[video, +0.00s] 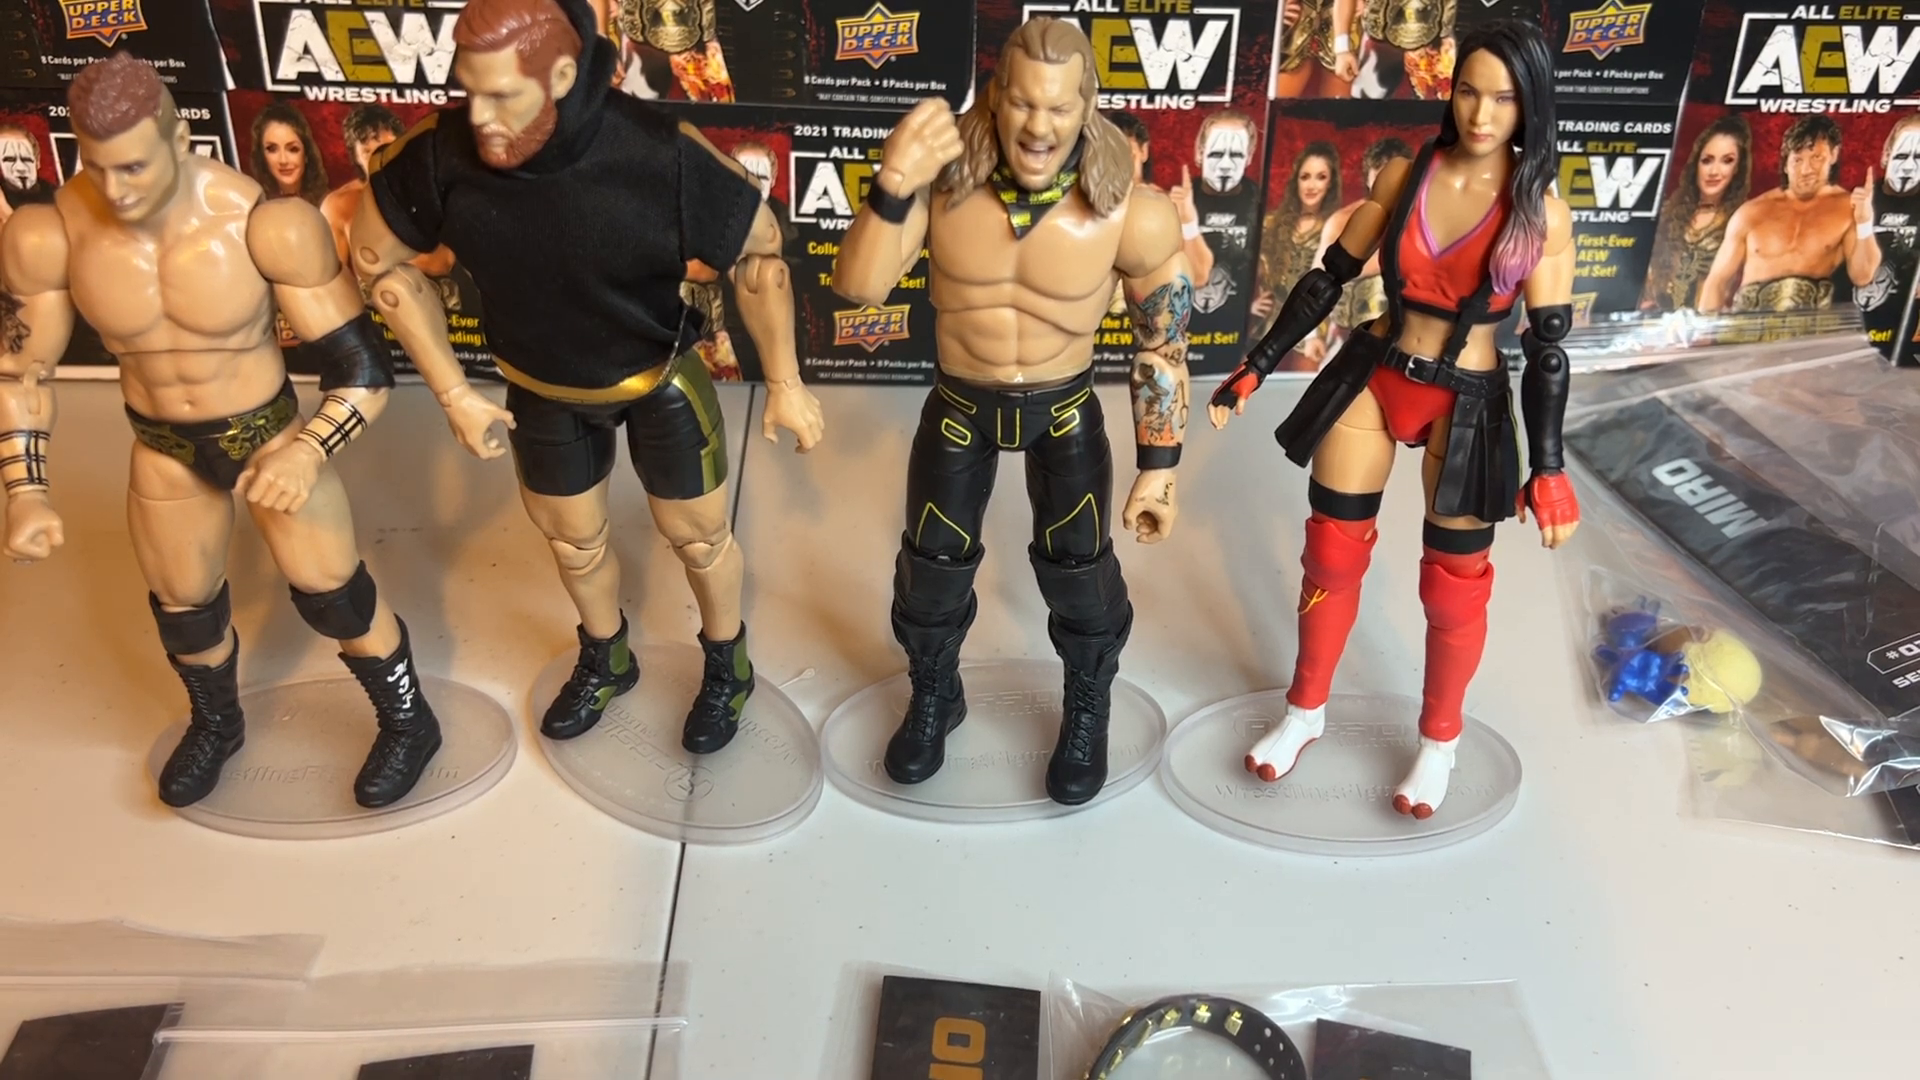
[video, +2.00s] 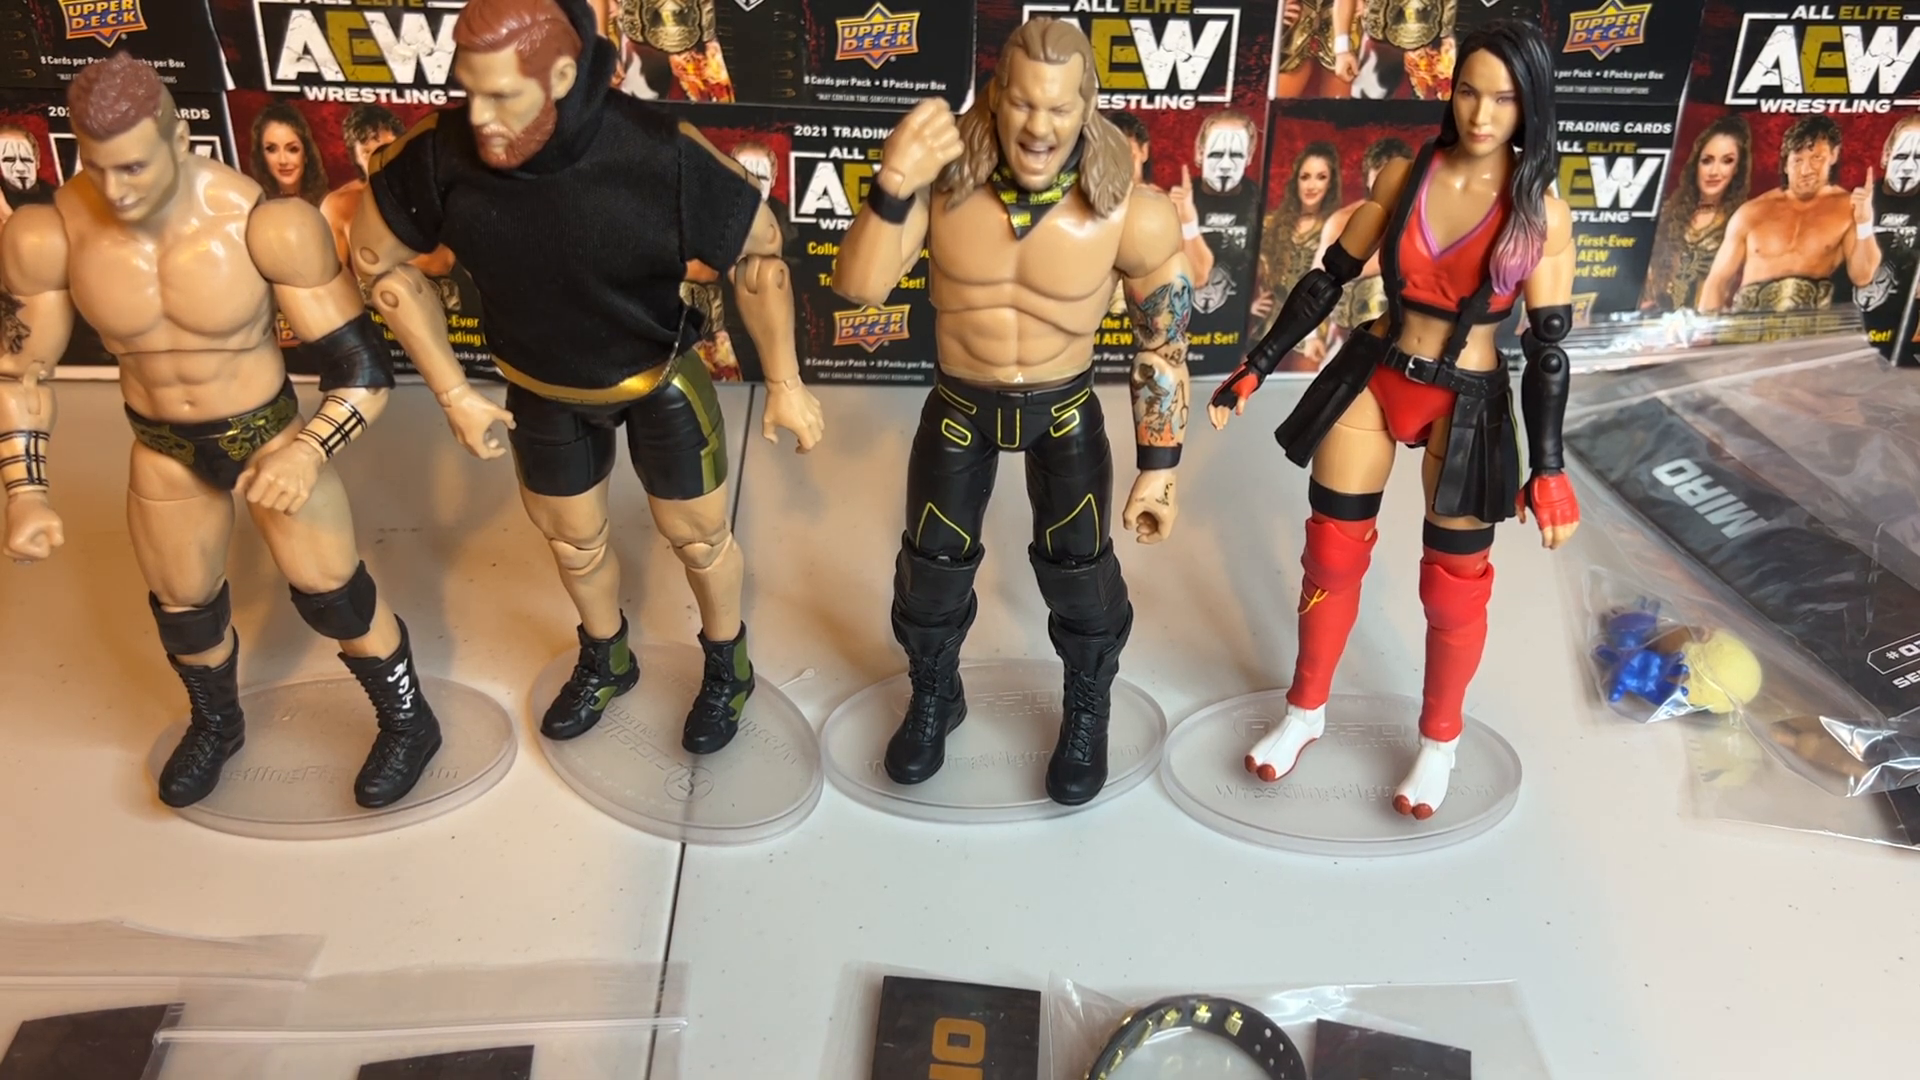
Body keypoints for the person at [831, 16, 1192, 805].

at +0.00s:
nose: (1039, 126)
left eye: (1059, 109)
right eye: (1024, 104)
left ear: (1086, 106)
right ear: (994, 95)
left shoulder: (1129, 207)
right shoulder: (943, 176)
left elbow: (1162, 337)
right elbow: (857, 286)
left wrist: (1161, 463)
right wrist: (892, 189)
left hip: (1064, 408)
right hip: (958, 403)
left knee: (1077, 568)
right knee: (932, 562)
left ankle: (1086, 712)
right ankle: (932, 699)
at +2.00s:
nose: (1040, 127)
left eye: (1060, 109)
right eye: (1024, 104)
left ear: (1086, 107)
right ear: (995, 95)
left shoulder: (1129, 207)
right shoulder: (943, 176)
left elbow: (1163, 337)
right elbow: (857, 287)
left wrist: (1161, 463)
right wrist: (892, 190)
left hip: (1064, 408)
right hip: (959, 403)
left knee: (1078, 568)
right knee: (932, 562)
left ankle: (1086, 714)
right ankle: (932, 699)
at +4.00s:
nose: (1039, 127)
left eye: (1060, 109)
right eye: (1024, 104)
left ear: (1086, 106)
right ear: (995, 95)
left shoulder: (1129, 207)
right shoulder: (943, 176)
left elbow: (1163, 338)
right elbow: (858, 288)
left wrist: (1161, 464)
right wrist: (892, 190)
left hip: (1064, 408)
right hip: (959, 403)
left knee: (1078, 568)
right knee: (932, 562)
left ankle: (1086, 713)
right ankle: (932, 699)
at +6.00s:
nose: (1040, 127)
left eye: (1060, 109)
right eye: (1024, 104)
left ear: (1086, 107)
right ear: (995, 95)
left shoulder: (1130, 208)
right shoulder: (944, 177)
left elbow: (1163, 338)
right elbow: (857, 287)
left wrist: (1161, 464)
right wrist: (892, 190)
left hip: (1064, 409)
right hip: (959, 404)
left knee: (1078, 568)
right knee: (932, 562)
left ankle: (1086, 713)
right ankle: (932, 699)